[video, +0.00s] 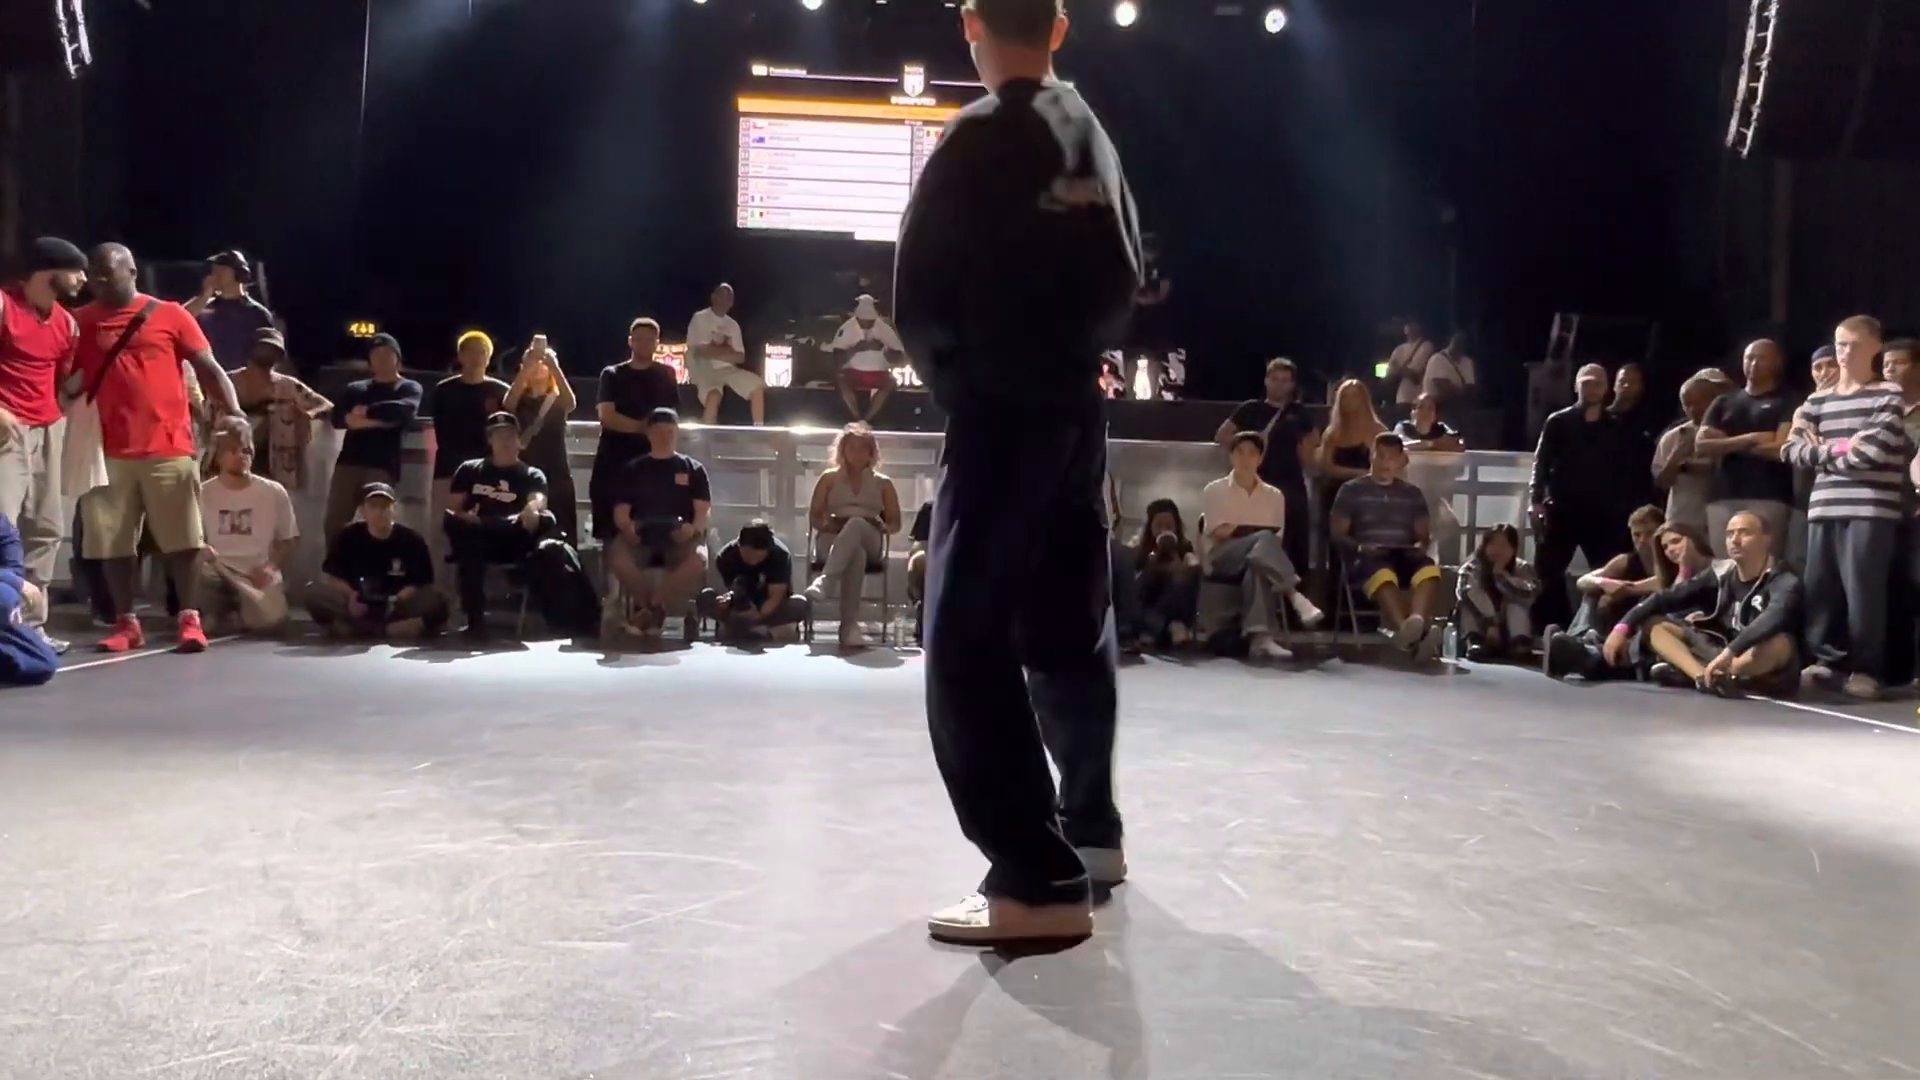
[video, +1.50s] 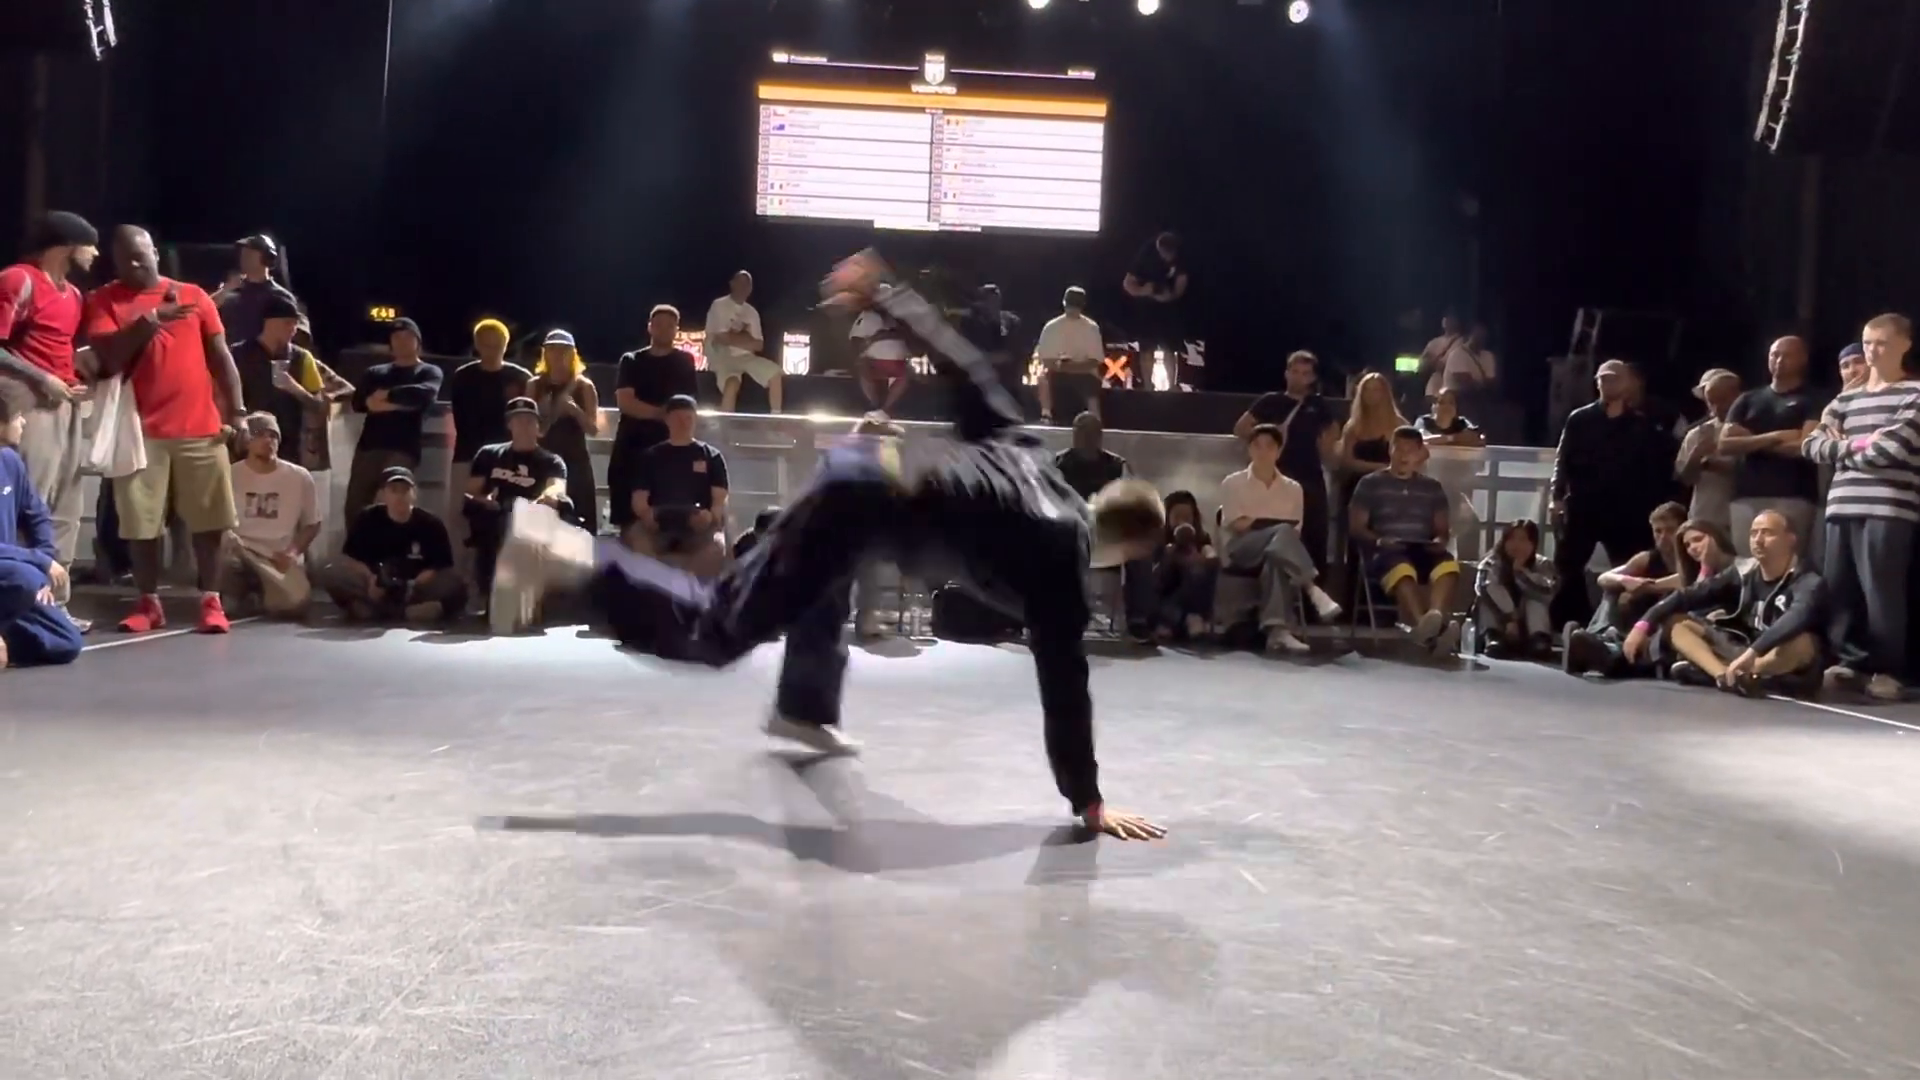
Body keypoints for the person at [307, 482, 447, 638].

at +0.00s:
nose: (380, 513)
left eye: (385, 507)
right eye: (373, 507)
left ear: (393, 509)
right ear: (363, 510)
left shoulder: (411, 540)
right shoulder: (347, 537)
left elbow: (421, 581)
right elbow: (330, 575)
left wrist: (393, 601)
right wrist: (351, 594)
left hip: (395, 601)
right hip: (358, 601)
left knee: (436, 600)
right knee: (313, 592)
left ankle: (360, 630)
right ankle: (385, 630)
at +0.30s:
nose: (384, 510)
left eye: (389, 504)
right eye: (378, 504)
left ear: (397, 507)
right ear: (369, 508)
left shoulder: (416, 538)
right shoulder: (352, 534)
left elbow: (425, 579)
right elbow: (334, 573)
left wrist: (399, 599)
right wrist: (355, 592)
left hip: (400, 598)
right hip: (363, 598)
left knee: (439, 597)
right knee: (318, 589)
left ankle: (365, 627)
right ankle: (390, 627)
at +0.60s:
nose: (388, 510)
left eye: (393, 504)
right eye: (381, 504)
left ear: (401, 506)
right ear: (372, 507)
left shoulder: (419, 537)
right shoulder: (355, 533)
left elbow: (429, 579)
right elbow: (334, 574)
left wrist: (402, 599)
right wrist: (358, 590)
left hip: (402, 599)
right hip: (365, 598)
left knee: (442, 597)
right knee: (322, 589)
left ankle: (367, 627)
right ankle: (393, 627)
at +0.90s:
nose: (392, 505)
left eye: (397, 499)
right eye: (386, 499)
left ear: (405, 502)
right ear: (376, 503)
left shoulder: (423, 532)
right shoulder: (359, 528)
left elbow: (431, 574)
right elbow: (342, 568)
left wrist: (405, 594)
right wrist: (362, 587)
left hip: (407, 593)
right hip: (369, 593)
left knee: (446, 593)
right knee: (325, 581)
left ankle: (370, 622)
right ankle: (397, 622)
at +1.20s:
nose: (397, 501)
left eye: (401, 495)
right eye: (391, 495)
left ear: (410, 498)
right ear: (381, 499)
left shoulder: (427, 528)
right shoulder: (364, 524)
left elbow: (435, 569)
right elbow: (348, 563)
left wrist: (410, 589)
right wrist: (366, 582)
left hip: (411, 588)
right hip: (373, 587)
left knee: (450, 587)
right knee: (329, 578)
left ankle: (374, 617)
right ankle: (401, 616)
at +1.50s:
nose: (400, 497)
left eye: (405, 491)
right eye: (394, 491)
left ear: (414, 494)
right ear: (383, 494)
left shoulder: (430, 524)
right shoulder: (367, 519)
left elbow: (440, 565)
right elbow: (350, 559)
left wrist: (412, 586)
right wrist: (369, 578)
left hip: (413, 584)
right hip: (375, 584)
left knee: (453, 583)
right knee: (330, 573)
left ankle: (374, 610)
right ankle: (402, 612)